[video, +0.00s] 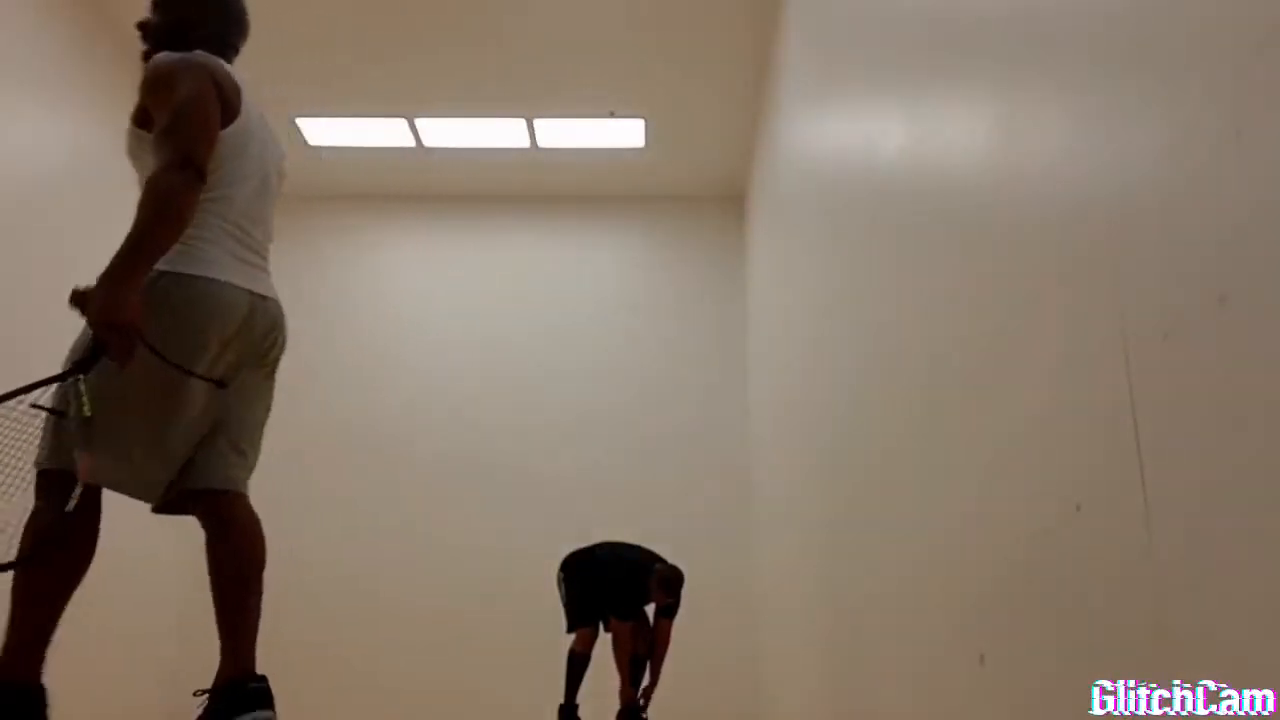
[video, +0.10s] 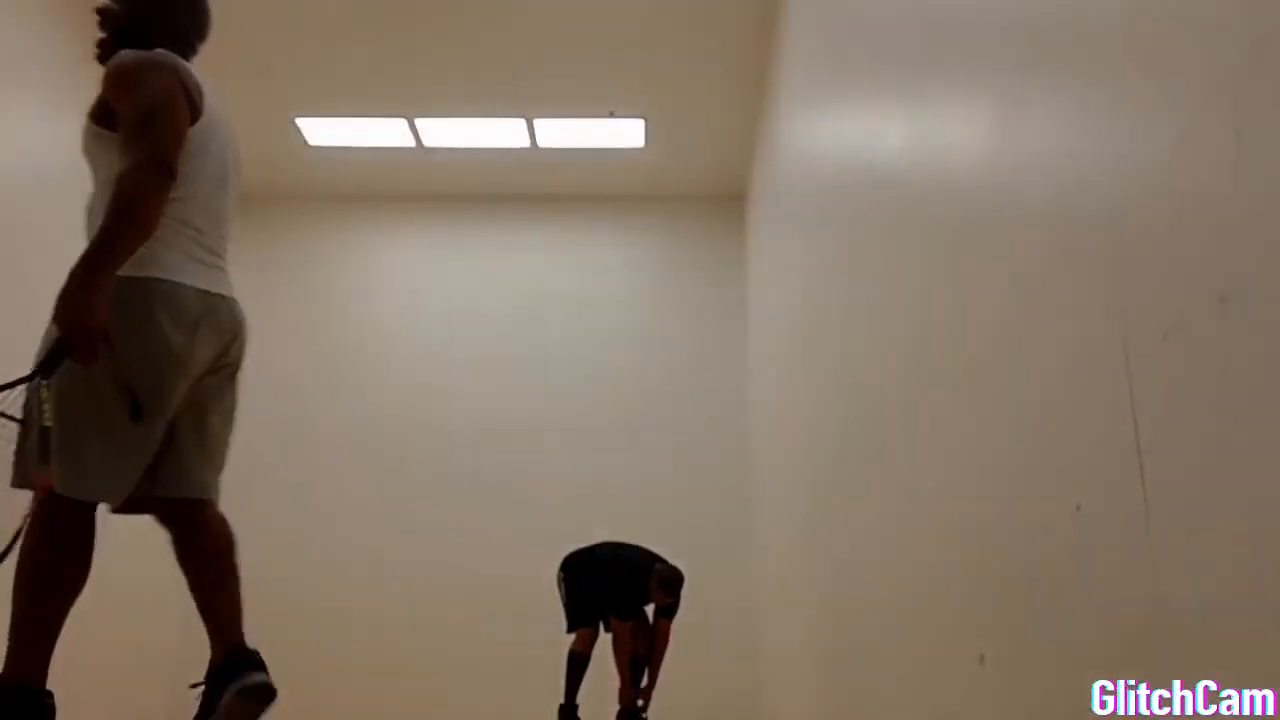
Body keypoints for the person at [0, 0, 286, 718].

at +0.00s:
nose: (142, 23)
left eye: (156, 11)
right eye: (149, 12)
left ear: (183, 21)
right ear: (230, 37)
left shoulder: (179, 68)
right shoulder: (259, 121)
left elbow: (184, 170)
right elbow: (235, 232)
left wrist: (117, 284)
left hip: (178, 293)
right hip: (258, 311)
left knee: (66, 478)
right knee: (222, 492)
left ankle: (19, 674)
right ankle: (240, 679)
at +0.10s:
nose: (102, 23)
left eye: (115, 13)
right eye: (106, 11)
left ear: (147, 20)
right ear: (190, 33)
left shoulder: (142, 68)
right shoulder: (207, 110)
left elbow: (150, 174)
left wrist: (87, 282)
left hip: (140, 297)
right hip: (214, 310)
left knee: (63, 495)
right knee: (188, 497)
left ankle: (23, 683)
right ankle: (233, 658)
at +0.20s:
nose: (58, 13)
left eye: (73, 2)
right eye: (65, 1)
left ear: (105, 11)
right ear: (150, 23)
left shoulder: (99, 62)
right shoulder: (173, 110)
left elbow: (111, 169)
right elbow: (169, 225)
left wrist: (42, 284)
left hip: (100, 296)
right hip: (165, 312)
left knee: (42, 497)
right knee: (116, 498)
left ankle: (21, 681)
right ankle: (197, 623)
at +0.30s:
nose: (20, 11)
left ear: (59, 3)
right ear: (109, 14)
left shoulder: (70, 55)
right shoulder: (133, 99)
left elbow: (72, 165)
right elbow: (135, 224)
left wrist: (7, 266)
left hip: (69, 287)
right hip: (120, 300)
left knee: (24, 486)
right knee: (54, 495)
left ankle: (21, 685)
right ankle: (133, 610)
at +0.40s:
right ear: (82, 11)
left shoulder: (41, 47)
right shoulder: (93, 79)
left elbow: (47, 152)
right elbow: (90, 212)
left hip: (37, 281)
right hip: (73, 287)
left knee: (12, 477)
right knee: (18, 477)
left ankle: (18, 669)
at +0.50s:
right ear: (43, 1)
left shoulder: (24, 51)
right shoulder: (48, 59)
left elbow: (22, 166)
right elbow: (43, 183)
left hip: (18, 281)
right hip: (34, 281)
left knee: (3, 480)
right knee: (4, 480)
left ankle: (16, 677)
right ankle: (16, 676)